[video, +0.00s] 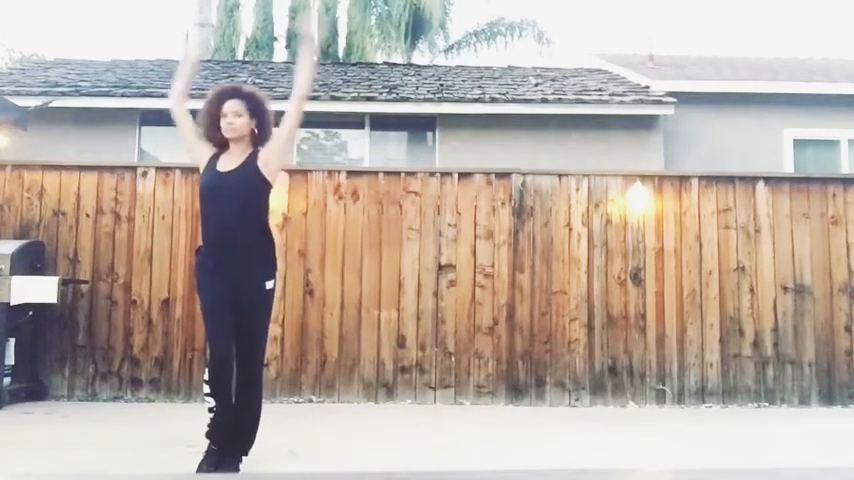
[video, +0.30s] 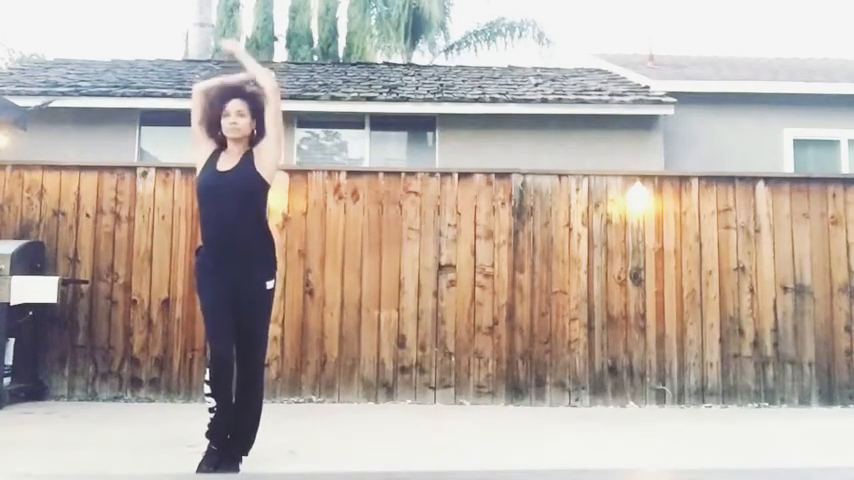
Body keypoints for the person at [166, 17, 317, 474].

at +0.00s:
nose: (230, 120)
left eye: (237, 114)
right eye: (224, 115)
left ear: (254, 121)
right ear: (217, 122)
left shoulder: (269, 158)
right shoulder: (208, 158)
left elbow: (299, 99)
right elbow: (176, 104)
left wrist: (309, 42)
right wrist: (193, 53)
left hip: (256, 269)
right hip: (212, 268)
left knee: (249, 362)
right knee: (220, 353)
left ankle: (237, 451)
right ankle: (218, 444)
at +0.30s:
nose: (234, 120)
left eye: (242, 115)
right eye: (228, 115)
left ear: (254, 122)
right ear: (218, 121)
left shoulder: (264, 156)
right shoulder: (207, 155)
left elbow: (273, 90)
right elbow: (197, 90)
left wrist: (243, 55)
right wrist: (241, 74)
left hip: (255, 267)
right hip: (212, 266)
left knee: (250, 360)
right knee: (221, 355)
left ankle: (238, 450)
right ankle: (218, 445)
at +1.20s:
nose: (290, 129)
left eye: (297, 123)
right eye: (283, 123)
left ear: (308, 131)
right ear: (271, 131)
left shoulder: (313, 164)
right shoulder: (261, 167)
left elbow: (316, 94)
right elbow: (240, 108)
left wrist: (273, 94)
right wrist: (275, 98)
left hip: (327, 279)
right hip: (283, 281)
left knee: (356, 370)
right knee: (250, 367)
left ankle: (374, 456)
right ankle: (222, 447)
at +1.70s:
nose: (296, 130)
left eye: (304, 124)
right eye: (290, 124)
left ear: (315, 132)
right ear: (279, 132)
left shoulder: (319, 166)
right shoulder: (272, 167)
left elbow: (324, 95)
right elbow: (251, 109)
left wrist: (295, 98)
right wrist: (280, 99)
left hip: (323, 286)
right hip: (281, 286)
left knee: (355, 371)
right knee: (244, 370)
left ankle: (376, 451)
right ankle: (245, 449)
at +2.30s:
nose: (196, 122)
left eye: (205, 115)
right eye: (194, 117)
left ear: (224, 123)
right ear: (192, 125)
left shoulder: (233, 160)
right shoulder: (192, 157)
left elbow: (256, 93)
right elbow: (157, 111)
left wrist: (241, 106)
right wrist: (196, 102)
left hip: (208, 282)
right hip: (187, 280)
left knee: (156, 368)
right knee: (208, 369)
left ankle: (108, 455)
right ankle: (243, 447)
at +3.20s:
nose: (148, 118)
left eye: (157, 112)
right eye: (146, 113)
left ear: (178, 118)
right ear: (143, 120)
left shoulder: (192, 164)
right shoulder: (134, 160)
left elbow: (231, 182)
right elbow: (90, 188)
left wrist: (219, 160)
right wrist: (90, 139)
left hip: (167, 266)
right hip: (133, 264)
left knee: (135, 359)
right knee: (133, 360)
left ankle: (90, 456)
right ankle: (187, 434)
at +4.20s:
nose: (323, 125)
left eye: (325, 120)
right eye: (314, 120)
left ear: (328, 128)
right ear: (297, 128)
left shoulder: (335, 170)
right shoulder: (286, 172)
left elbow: (339, 225)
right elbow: (260, 227)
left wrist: (361, 257)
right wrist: (294, 265)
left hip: (344, 275)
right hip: (309, 278)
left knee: (340, 366)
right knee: (295, 367)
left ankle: (333, 451)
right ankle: (255, 442)